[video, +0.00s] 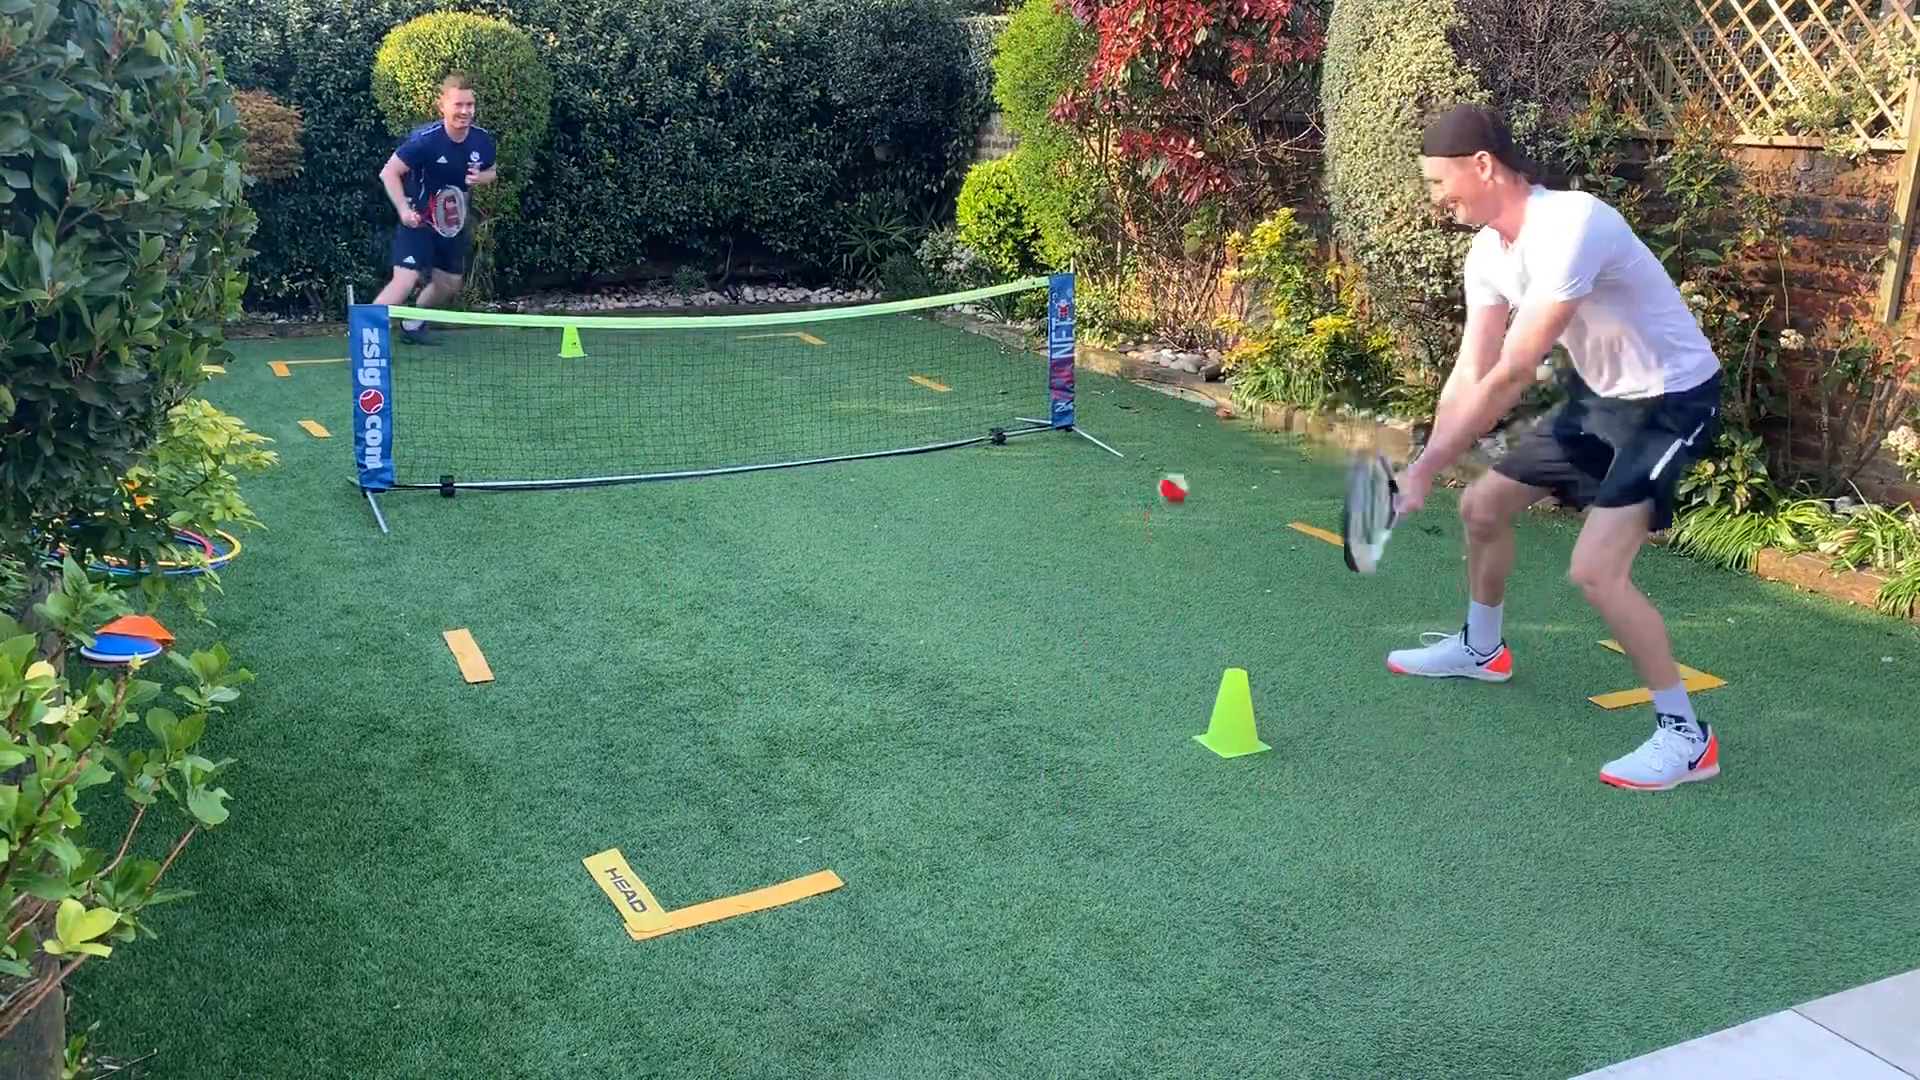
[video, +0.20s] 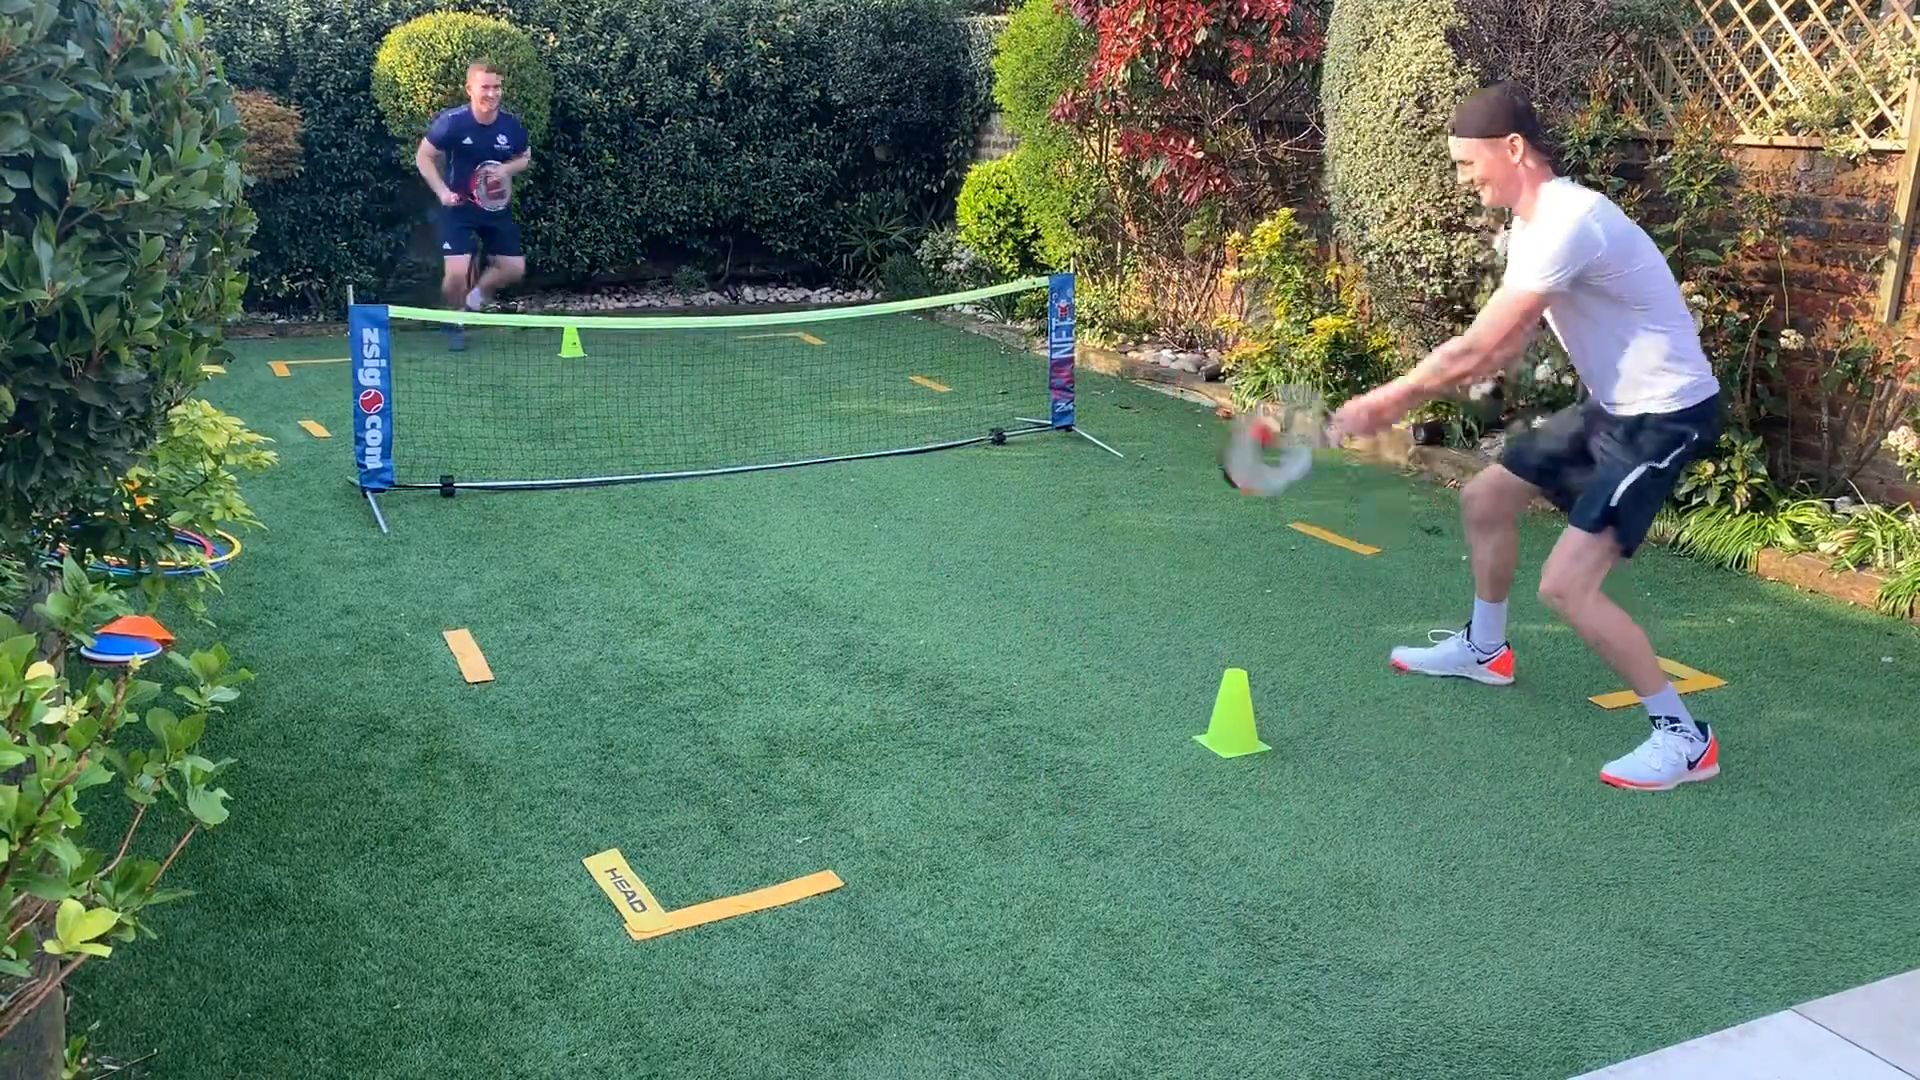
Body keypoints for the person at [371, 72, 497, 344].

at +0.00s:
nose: (465, 111)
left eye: (469, 105)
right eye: (458, 105)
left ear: (475, 107)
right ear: (442, 106)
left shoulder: (480, 140)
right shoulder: (424, 140)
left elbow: (492, 172)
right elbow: (389, 172)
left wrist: (480, 177)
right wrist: (403, 209)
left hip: (453, 224)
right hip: (419, 220)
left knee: (448, 284)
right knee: (406, 279)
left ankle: (412, 326)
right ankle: (366, 330)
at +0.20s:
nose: (491, 93)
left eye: (496, 87)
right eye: (484, 87)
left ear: (501, 90)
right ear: (469, 90)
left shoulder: (512, 127)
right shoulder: (450, 123)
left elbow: (524, 159)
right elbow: (423, 157)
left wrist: (505, 169)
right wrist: (442, 190)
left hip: (498, 211)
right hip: (460, 210)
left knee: (513, 267)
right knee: (457, 274)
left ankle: (475, 297)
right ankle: (454, 323)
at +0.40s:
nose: (536, 109)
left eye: (539, 103)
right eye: (529, 103)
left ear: (545, 106)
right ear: (515, 109)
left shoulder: (559, 142)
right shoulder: (500, 145)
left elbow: (571, 180)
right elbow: (483, 184)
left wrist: (560, 195)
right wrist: (517, 208)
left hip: (550, 219)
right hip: (509, 222)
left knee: (589, 270)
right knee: (492, 279)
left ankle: (621, 321)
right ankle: (464, 327)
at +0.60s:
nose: (571, 97)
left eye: (575, 90)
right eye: (564, 92)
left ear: (582, 93)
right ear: (553, 97)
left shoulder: (605, 129)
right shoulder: (543, 132)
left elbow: (620, 172)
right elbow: (538, 173)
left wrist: (592, 186)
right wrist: (562, 194)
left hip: (606, 201)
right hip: (564, 202)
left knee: (625, 257)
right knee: (553, 258)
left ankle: (630, 323)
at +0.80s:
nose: (590, 104)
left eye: (595, 96)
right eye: (584, 98)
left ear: (606, 95)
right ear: (577, 100)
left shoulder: (624, 128)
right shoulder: (575, 128)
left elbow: (640, 176)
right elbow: (572, 165)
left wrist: (598, 188)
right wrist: (570, 192)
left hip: (636, 199)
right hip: (607, 204)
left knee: (650, 261)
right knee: (618, 265)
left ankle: (680, 315)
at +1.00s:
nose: (585, 125)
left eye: (589, 118)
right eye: (580, 120)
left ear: (605, 109)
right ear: (576, 118)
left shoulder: (628, 138)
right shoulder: (592, 141)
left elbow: (641, 185)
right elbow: (594, 176)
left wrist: (607, 196)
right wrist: (570, 205)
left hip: (658, 201)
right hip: (628, 202)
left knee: (662, 266)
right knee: (611, 256)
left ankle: (686, 320)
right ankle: (637, 311)